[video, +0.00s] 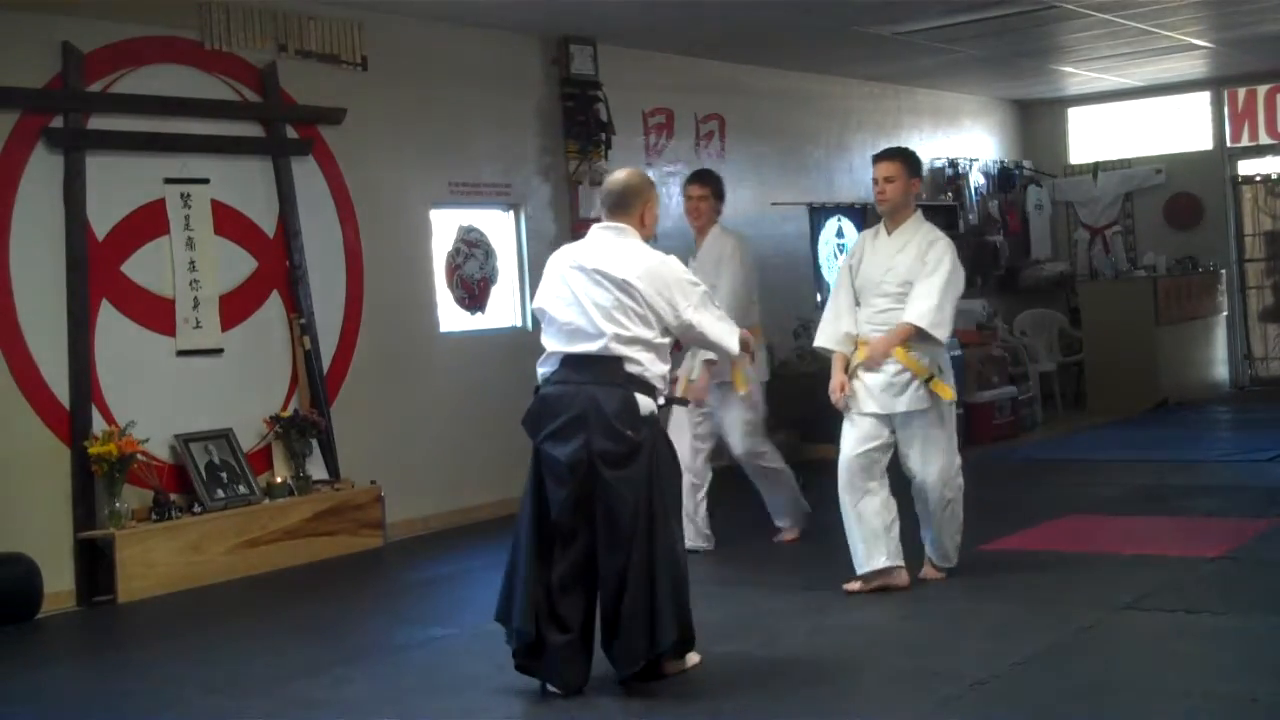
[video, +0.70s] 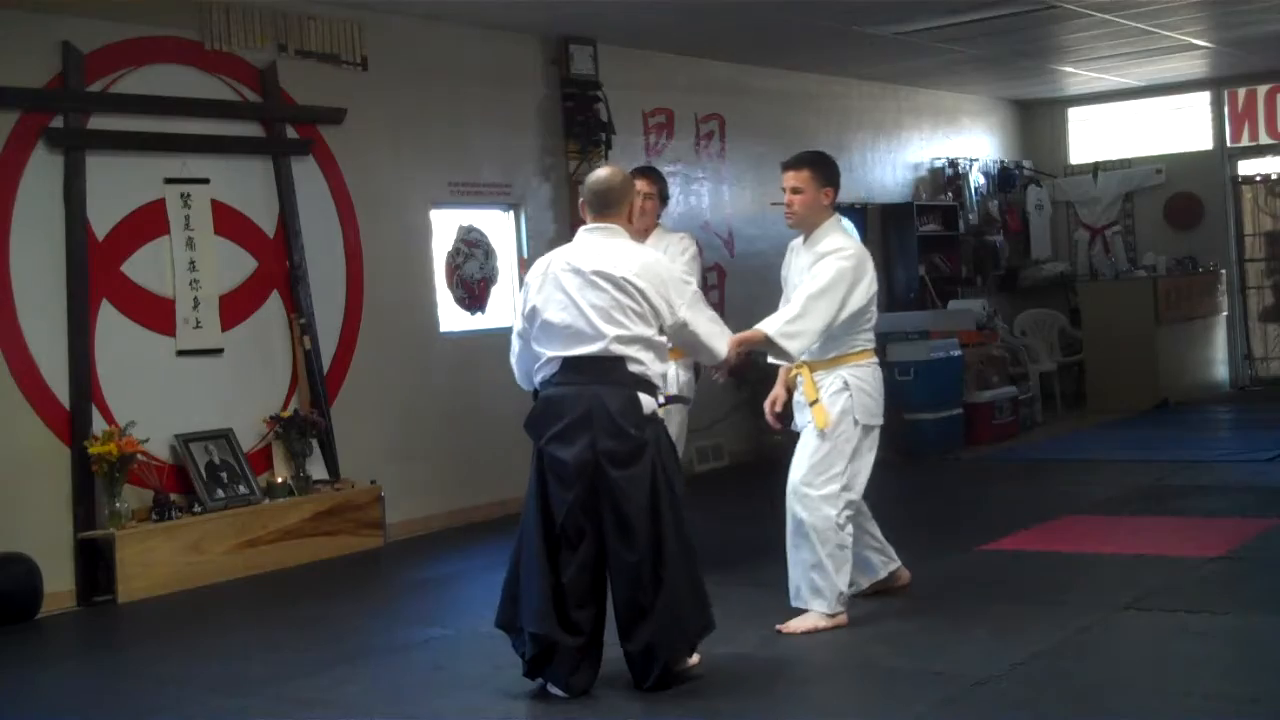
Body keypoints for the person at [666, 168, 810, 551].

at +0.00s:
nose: (694, 207)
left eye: (702, 199)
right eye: (689, 200)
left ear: (718, 204)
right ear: (683, 205)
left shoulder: (731, 246)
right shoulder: (700, 252)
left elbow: (729, 312)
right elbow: (702, 312)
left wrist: (702, 369)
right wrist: (683, 364)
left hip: (736, 360)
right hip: (700, 360)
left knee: (745, 443)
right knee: (687, 450)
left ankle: (792, 514)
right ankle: (695, 534)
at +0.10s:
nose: (678, 211)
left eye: (686, 204)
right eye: (673, 204)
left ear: (701, 208)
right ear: (666, 209)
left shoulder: (711, 249)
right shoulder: (688, 250)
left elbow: (704, 317)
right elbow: (689, 310)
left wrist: (684, 366)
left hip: (723, 356)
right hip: (685, 357)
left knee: (713, 449)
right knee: (677, 446)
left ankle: (766, 504)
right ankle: (694, 534)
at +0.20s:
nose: (662, 213)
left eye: (669, 206)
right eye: (659, 206)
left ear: (686, 210)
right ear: (656, 209)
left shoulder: (701, 246)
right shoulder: (658, 252)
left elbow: (706, 314)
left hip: (713, 352)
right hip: (676, 354)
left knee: (697, 439)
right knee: (681, 442)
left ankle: (727, 522)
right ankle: (693, 529)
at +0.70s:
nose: (640, 204)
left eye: (649, 197)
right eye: (635, 195)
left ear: (662, 204)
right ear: (625, 199)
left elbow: (685, 305)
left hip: (670, 357)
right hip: (625, 356)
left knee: (664, 458)